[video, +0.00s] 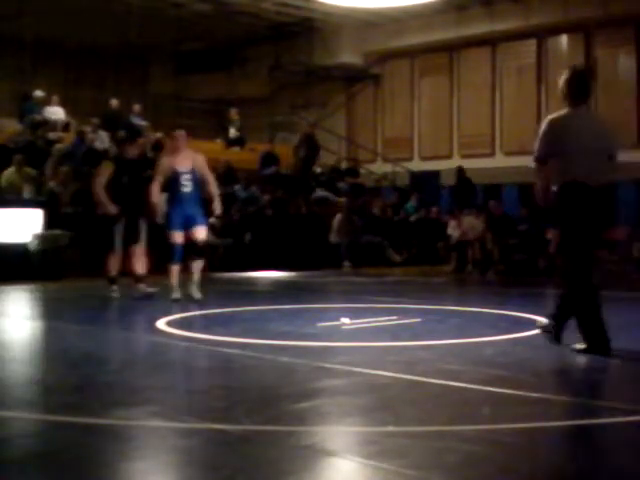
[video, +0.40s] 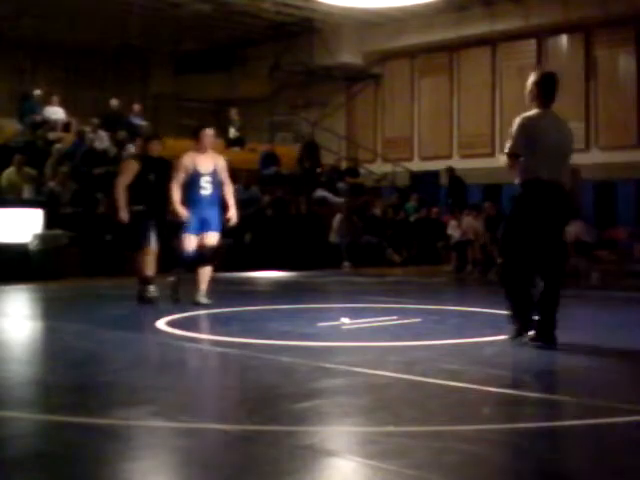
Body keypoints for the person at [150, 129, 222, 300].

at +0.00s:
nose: (179, 143)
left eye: (182, 139)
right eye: (176, 139)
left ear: (187, 140)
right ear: (171, 141)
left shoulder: (197, 158)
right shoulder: (166, 160)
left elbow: (209, 180)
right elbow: (157, 184)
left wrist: (216, 200)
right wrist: (157, 204)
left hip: (195, 205)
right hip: (175, 207)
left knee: (200, 242)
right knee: (177, 246)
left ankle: (195, 284)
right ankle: (175, 286)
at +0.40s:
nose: (209, 141)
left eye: (211, 137)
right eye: (206, 137)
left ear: (214, 139)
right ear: (199, 139)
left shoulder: (219, 160)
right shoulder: (188, 159)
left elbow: (227, 185)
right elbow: (177, 183)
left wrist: (231, 207)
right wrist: (178, 205)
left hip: (213, 210)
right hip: (193, 210)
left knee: (209, 250)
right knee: (189, 249)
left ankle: (202, 292)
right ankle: (178, 278)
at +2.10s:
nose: (364, 128)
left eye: (365, 123)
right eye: (359, 124)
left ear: (366, 125)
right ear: (350, 126)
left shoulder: (369, 149)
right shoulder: (341, 152)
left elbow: (375, 178)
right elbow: (333, 181)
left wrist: (396, 200)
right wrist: (350, 204)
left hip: (370, 205)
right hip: (355, 206)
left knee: (354, 253)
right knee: (372, 248)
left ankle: (334, 294)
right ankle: (378, 300)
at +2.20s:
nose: (370, 127)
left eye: (371, 123)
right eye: (366, 124)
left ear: (373, 124)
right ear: (356, 126)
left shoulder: (377, 147)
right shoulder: (349, 150)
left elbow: (382, 177)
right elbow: (341, 180)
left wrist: (392, 203)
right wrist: (359, 203)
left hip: (379, 200)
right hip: (362, 202)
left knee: (383, 246)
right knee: (378, 244)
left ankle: (350, 286)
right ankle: (379, 301)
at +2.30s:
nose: (378, 125)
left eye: (379, 121)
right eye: (373, 122)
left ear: (381, 122)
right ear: (364, 124)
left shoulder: (384, 146)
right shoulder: (357, 149)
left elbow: (388, 176)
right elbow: (349, 179)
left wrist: (392, 199)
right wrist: (368, 201)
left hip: (386, 200)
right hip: (369, 203)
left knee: (397, 241)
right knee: (378, 247)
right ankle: (379, 300)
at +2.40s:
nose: (385, 124)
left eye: (386, 120)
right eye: (381, 121)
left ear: (388, 122)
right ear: (371, 123)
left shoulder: (390, 145)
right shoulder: (364, 146)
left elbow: (393, 174)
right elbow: (356, 176)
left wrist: (397, 197)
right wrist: (376, 197)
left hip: (393, 201)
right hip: (375, 203)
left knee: (411, 240)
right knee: (380, 252)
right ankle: (380, 301)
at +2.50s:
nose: (392, 124)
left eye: (393, 119)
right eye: (388, 120)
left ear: (394, 121)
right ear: (378, 122)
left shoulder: (397, 145)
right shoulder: (370, 145)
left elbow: (402, 173)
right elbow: (361, 174)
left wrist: (405, 195)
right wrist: (383, 195)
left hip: (401, 200)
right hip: (381, 202)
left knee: (414, 247)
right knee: (382, 252)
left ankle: (420, 298)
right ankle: (379, 301)